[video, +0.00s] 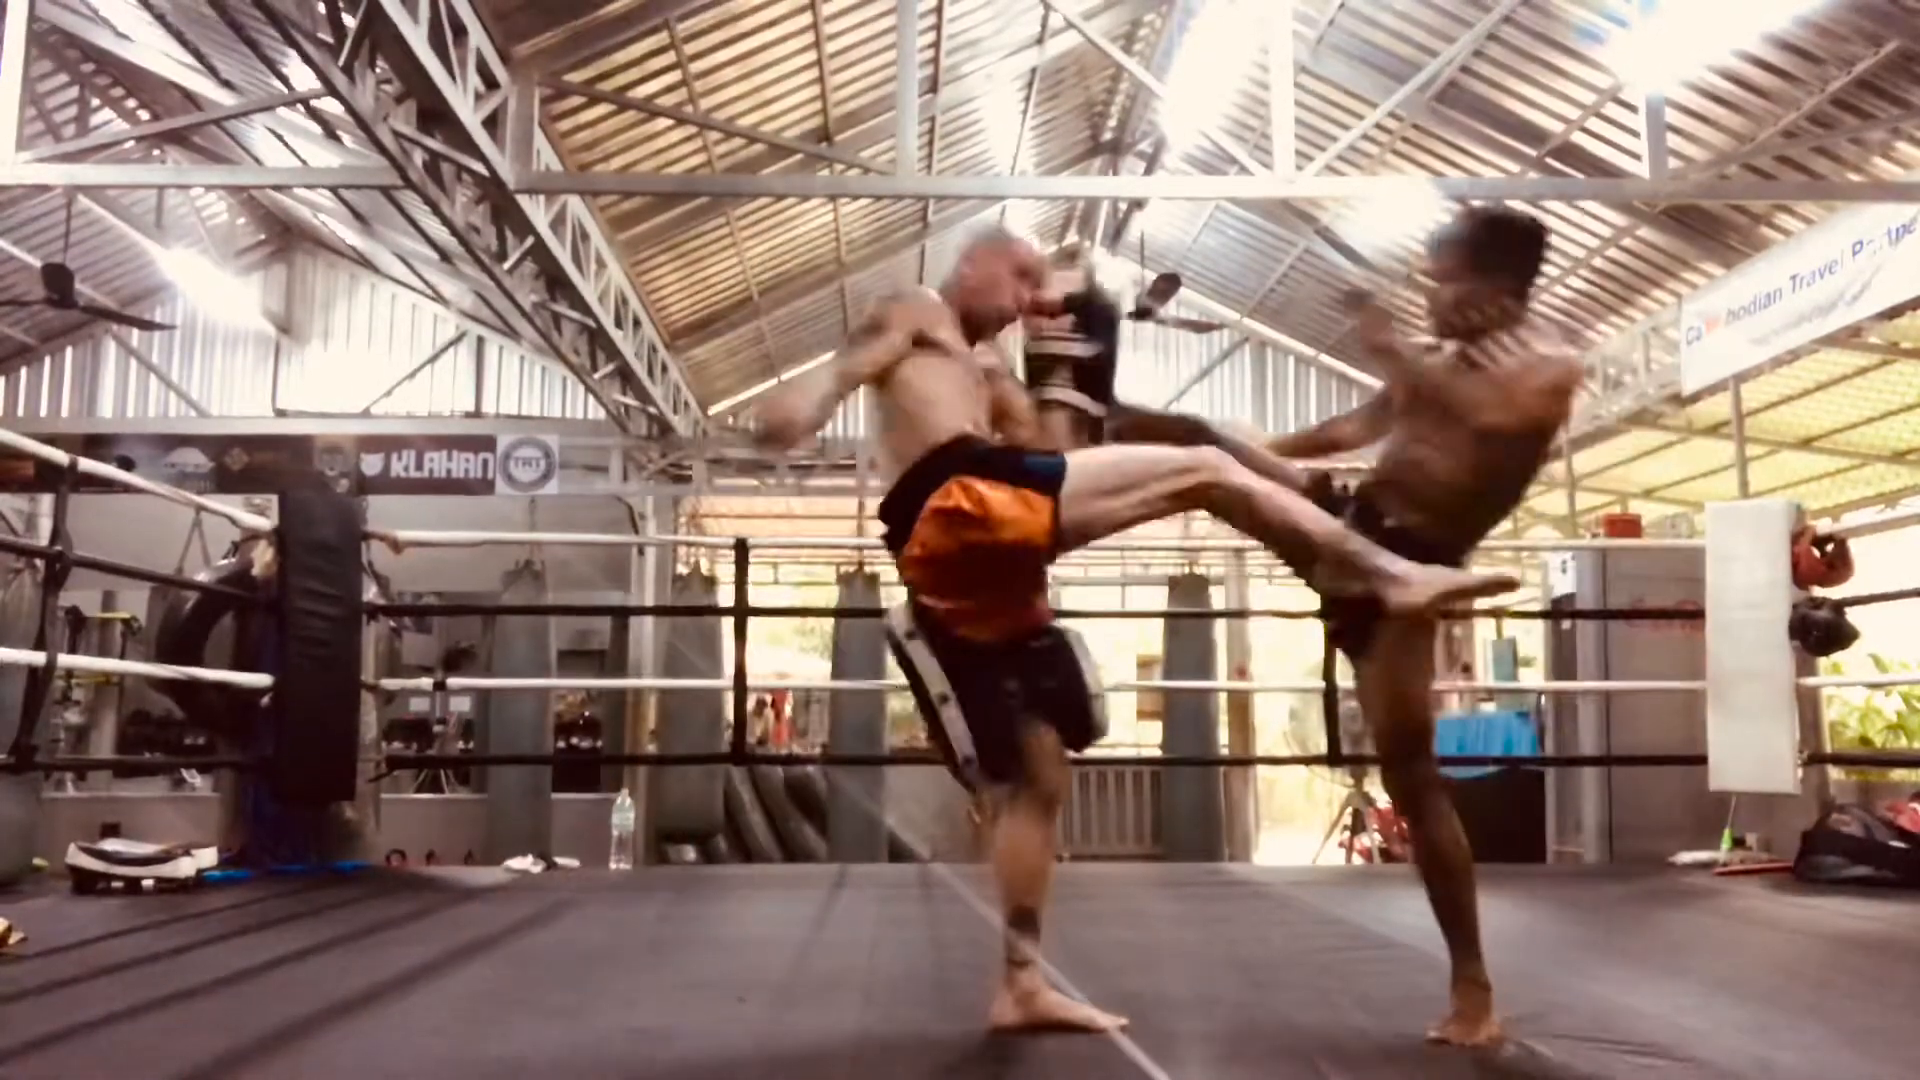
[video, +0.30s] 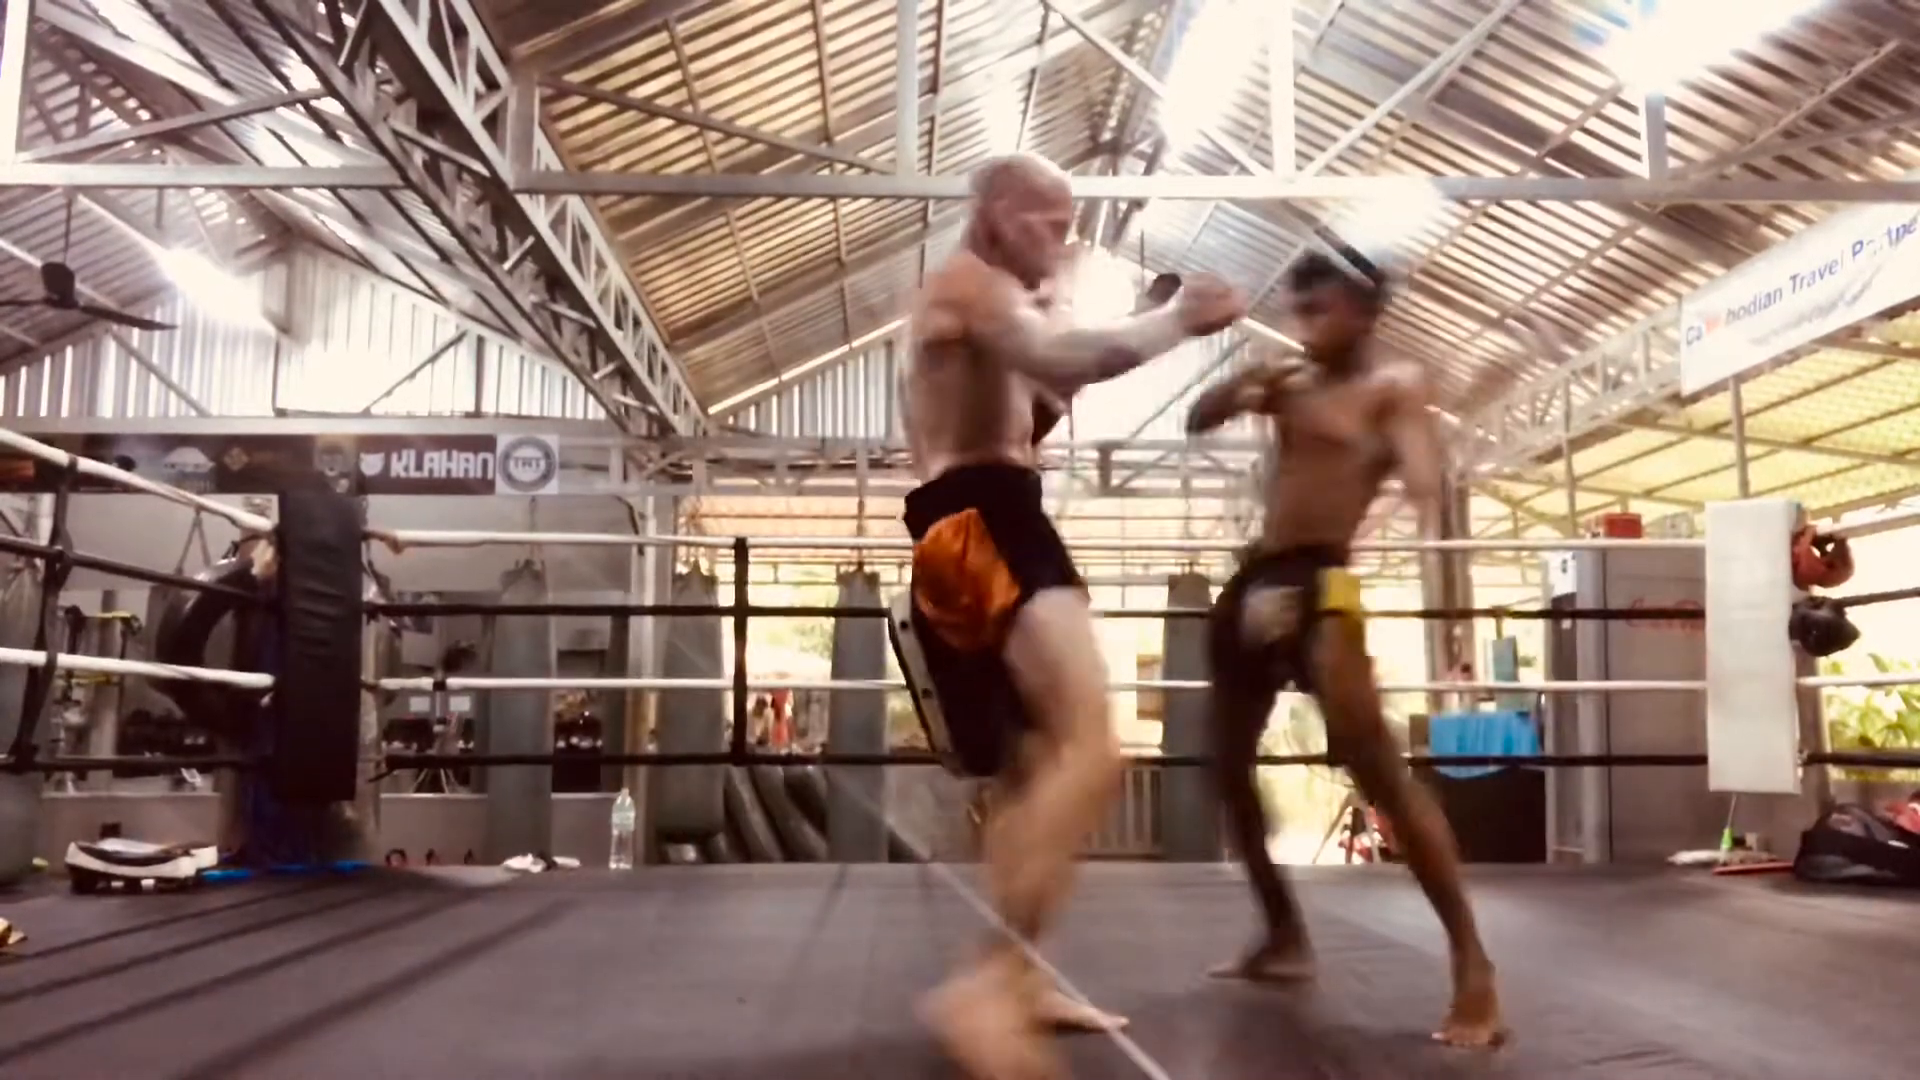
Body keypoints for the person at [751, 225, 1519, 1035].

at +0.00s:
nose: (1029, 300)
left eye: (1034, 290)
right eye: (1022, 279)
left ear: (1011, 296)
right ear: (974, 265)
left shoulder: (985, 371)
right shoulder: (919, 318)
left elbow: (1047, 458)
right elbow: (808, 400)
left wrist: (1049, 366)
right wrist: (803, 409)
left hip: (959, 566)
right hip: (968, 494)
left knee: (1039, 774)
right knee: (1204, 462)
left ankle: (1024, 980)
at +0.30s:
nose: (1062, 236)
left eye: (1067, 221)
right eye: (1048, 217)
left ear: (1017, 221)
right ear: (993, 213)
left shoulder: (982, 297)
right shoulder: (965, 279)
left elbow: (984, 433)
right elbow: (1052, 356)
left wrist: (1049, 403)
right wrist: (1178, 321)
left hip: (956, 527)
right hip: (989, 515)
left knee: (1035, 765)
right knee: (1093, 742)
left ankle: (1026, 974)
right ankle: (987, 984)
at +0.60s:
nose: (1124, 316)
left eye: (1132, 302)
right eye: (1124, 296)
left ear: (1084, 266)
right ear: (1085, 262)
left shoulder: (1035, 340)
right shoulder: (992, 285)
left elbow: (1009, 489)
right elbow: (1084, 394)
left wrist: (1103, 475)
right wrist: (1180, 335)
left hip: (974, 548)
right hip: (914, 536)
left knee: (1033, 769)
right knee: (966, 782)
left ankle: (1022, 983)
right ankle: (897, 1041)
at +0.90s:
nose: (1108, 272)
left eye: (1115, 258)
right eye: (1108, 252)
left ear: (1059, 217)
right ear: (1068, 220)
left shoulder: (1001, 280)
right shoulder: (1012, 269)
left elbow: (990, 429)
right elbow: (1015, 395)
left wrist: (1089, 446)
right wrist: (1130, 387)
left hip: (989, 519)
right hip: (982, 518)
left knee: (1036, 779)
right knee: (1037, 788)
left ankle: (1027, 979)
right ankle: (906, 1032)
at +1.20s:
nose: (1064, 211)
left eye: (1061, 197)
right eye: (1060, 195)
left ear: (986, 182)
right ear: (1035, 182)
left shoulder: (910, 276)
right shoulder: (1033, 241)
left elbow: (843, 414)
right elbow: (1094, 397)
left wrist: (920, 451)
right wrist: (1108, 429)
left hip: (901, 509)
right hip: (978, 499)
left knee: (981, 768)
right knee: (965, 779)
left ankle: (1019, 974)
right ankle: (888, 1046)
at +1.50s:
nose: (997, 201)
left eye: (982, 187)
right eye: (997, 187)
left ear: (923, 192)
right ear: (993, 188)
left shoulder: (865, 288)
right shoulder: (1036, 263)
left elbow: (804, 405)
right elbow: (1102, 410)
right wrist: (1013, 416)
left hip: (890, 513)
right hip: (983, 504)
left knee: (910, 791)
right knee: (964, 790)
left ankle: (885, 1037)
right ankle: (885, 1049)